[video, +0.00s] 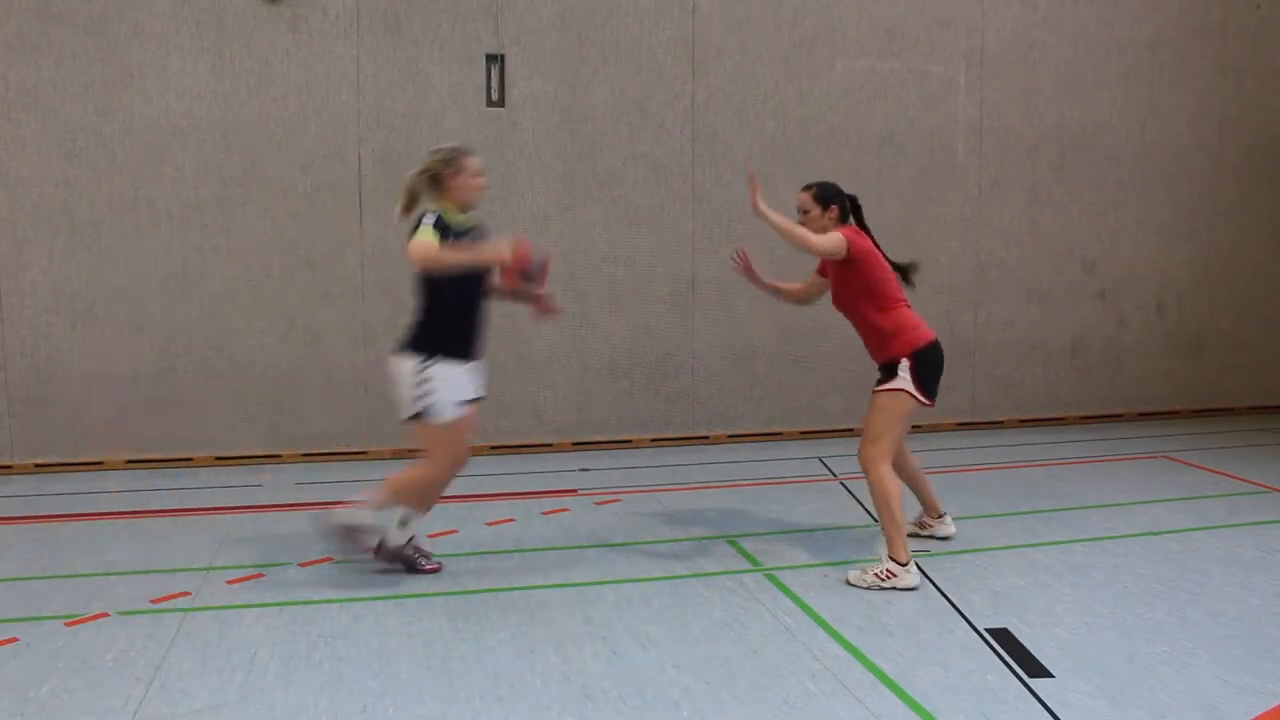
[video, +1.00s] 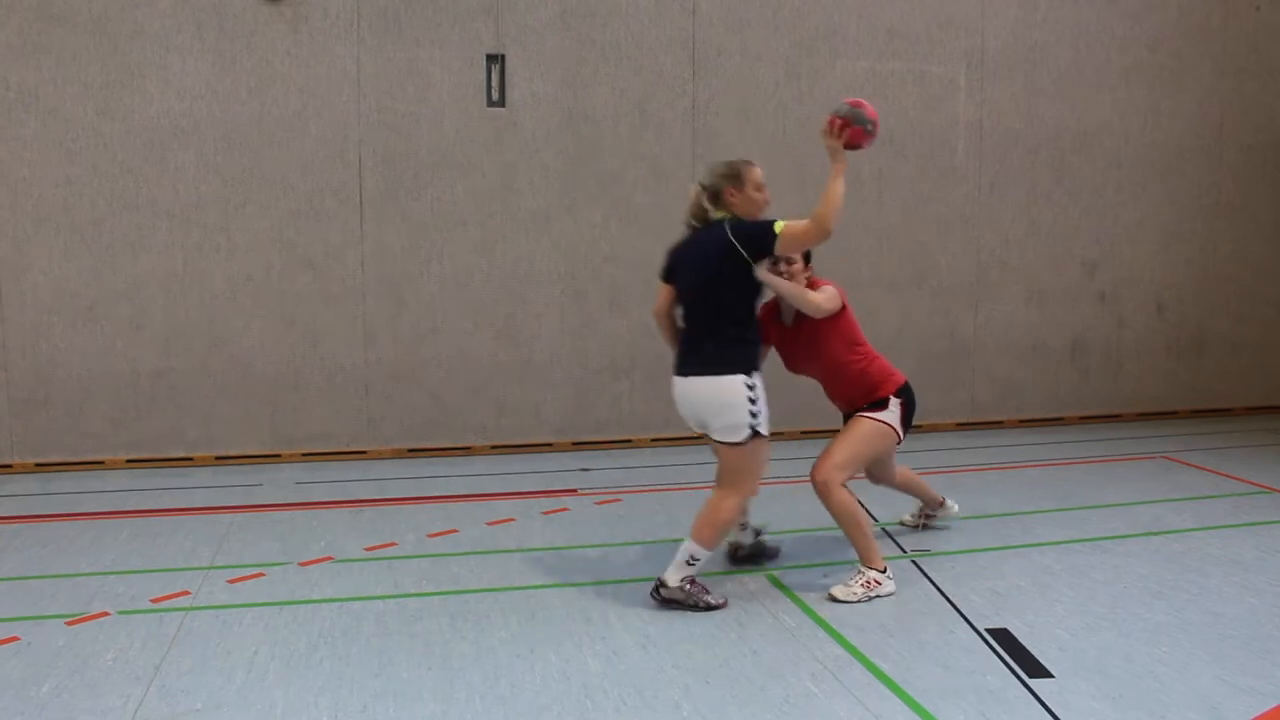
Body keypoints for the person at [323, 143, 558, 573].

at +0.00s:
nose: (482, 183)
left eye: (482, 175)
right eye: (474, 175)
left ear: (465, 182)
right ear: (447, 181)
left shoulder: (472, 230)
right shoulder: (433, 222)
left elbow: (477, 282)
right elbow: (421, 257)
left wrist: (525, 294)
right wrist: (494, 253)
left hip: (459, 360)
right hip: (428, 360)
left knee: (454, 455)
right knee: (445, 456)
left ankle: (398, 537)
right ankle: (361, 514)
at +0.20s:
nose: (615, 179)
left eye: (614, 172)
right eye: (606, 172)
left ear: (593, 179)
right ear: (582, 177)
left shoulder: (599, 222)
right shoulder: (560, 219)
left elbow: (588, 289)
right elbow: (507, 225)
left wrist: (623, 321)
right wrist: (484, 170)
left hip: (599, 352)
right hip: (561, 355)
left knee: (637, 427)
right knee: (575, 456)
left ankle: (618, 515)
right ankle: (530, 546)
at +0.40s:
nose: (719, 208)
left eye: (718, 200)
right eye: (712, 201)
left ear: (701, 207)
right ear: (687, 207)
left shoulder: (707, 246)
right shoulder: (678, 243)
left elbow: (704, 308)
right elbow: (657, 255)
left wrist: (729, 348)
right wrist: (626, 193)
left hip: (721, 369)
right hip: (685, 373)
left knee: (766, 440)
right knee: (677, 465)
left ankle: (751, 516)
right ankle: (596, 524)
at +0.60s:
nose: (779, 205)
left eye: (778, 197)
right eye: (772, 197)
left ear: (763, 204)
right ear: (753, 203)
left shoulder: (749, 250)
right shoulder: (748, 245)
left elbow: (725, 305)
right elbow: (751, 234)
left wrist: (753, 340)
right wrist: (737, 174)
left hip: (762, 366)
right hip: (744, 367)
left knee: (790, 445)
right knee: (727, 463)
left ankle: (752, 514)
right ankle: (639, 525)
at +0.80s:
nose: (794, 207)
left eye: (793, 198)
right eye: (786, 200)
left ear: (758, 204)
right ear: (760, 205)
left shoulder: (737, 246)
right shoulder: (759, 241)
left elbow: (724, 309)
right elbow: (805, 224)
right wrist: (810, 164)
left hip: (746, 366)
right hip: (760, 370)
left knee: (774, 449)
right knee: (773, 472)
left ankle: (750, 514)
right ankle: (685, 539)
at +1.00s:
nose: (766, 196)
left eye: (763, 187)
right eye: (758, 189)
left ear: (721, 199)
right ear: (731, 195)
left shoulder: (686, 246)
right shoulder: (744, 235)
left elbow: (663, 310)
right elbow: (821, 227)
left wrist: (686, 352)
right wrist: (838, 163)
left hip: (690, 381)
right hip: (731, 383)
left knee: (741, 458)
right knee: (734, 490)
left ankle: (742, 537)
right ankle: (676, 578)